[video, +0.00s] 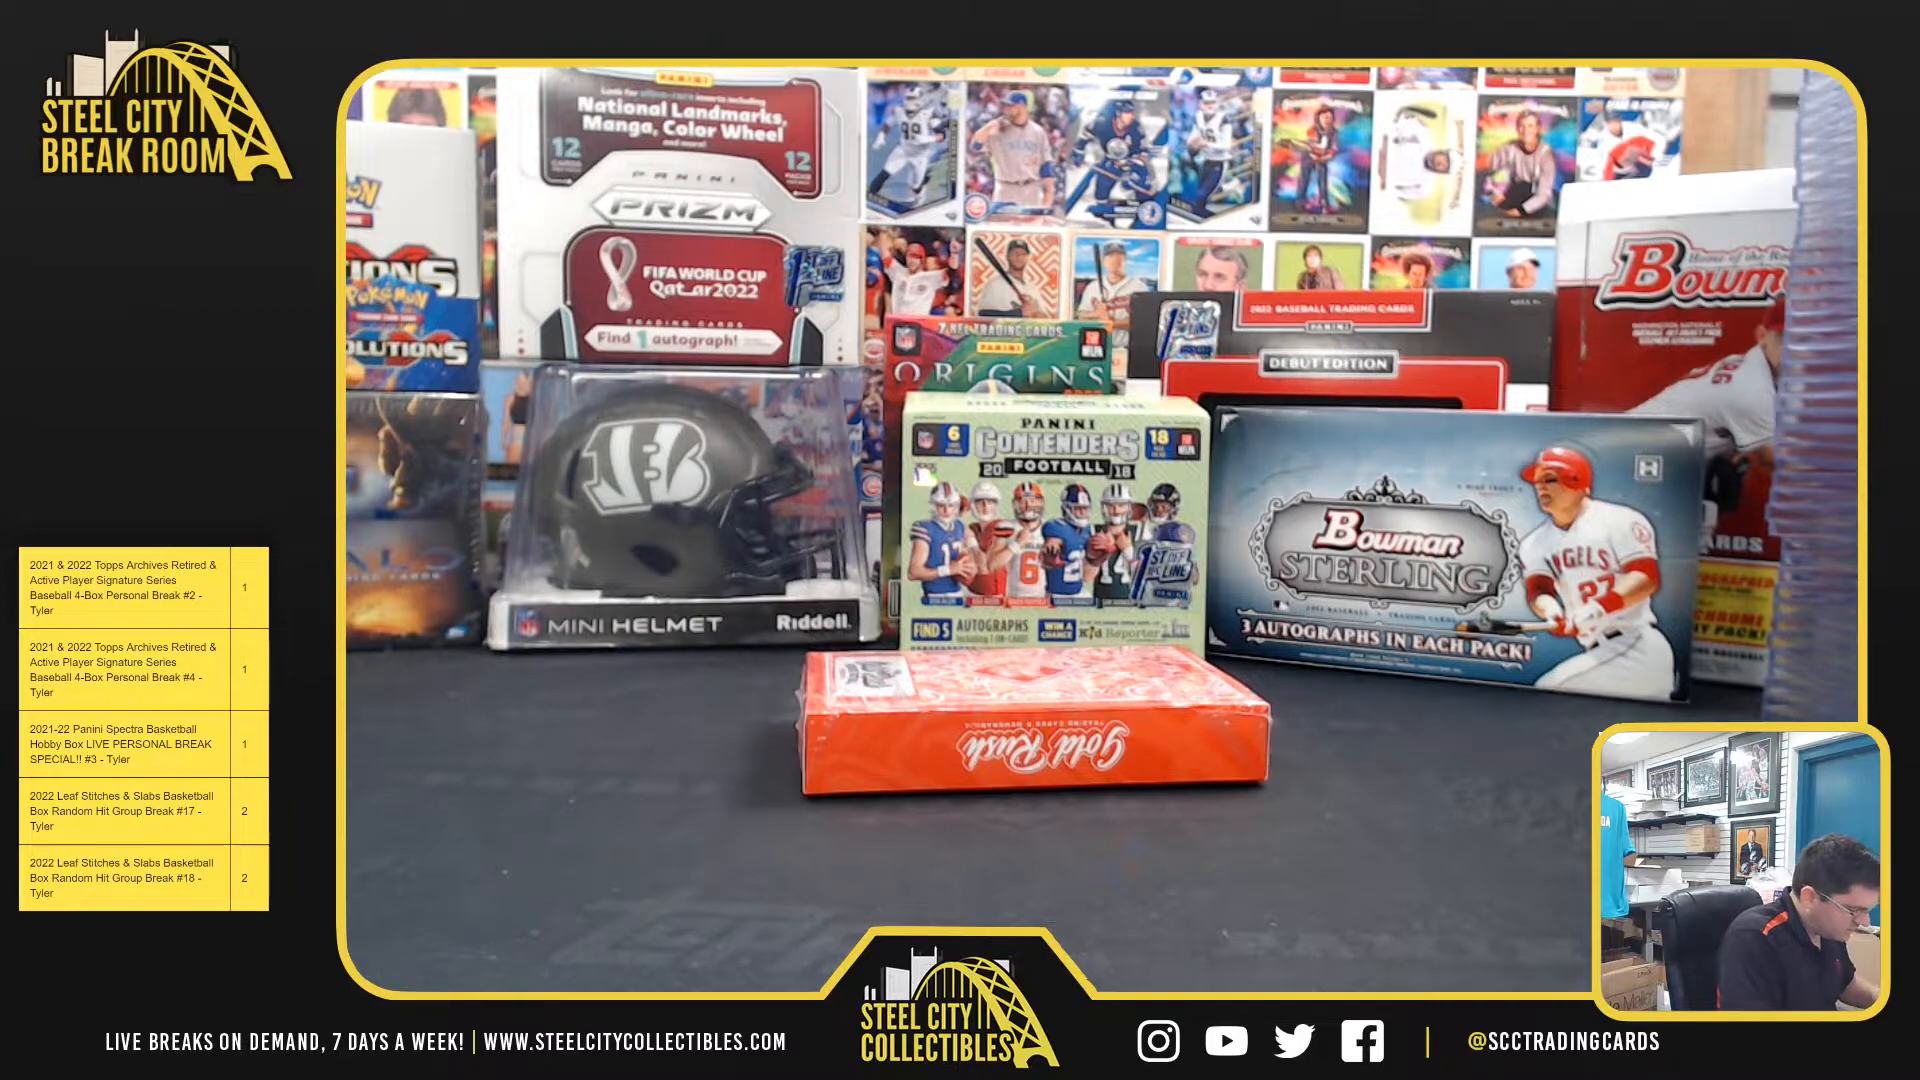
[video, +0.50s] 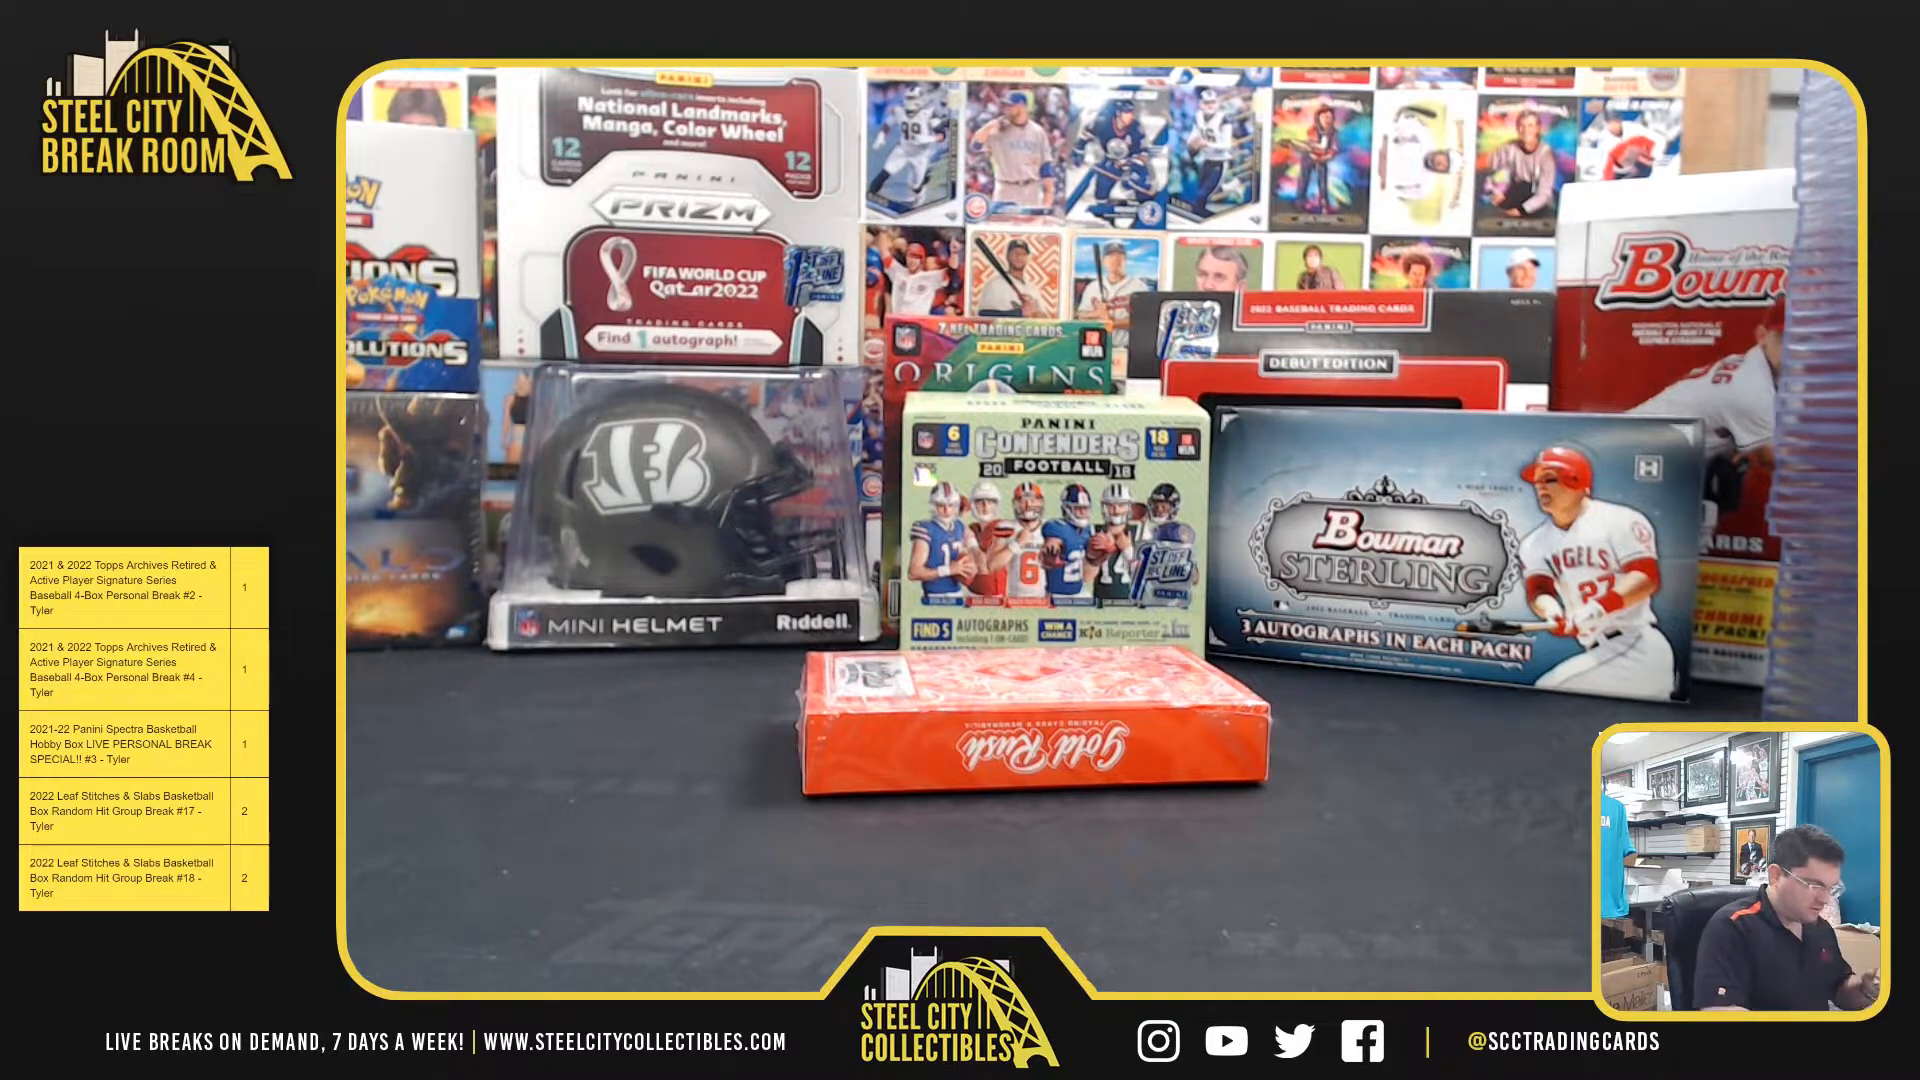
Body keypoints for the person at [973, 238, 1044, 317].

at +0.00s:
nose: (1019, 258)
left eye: (1023, 254)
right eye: (1016, 254)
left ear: (1028, 258)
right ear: (1008, 256)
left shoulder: (1033, 289)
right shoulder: (995, 285)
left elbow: (1044, 317)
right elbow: (985, 315)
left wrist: (1034, 311)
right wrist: (1020, 313)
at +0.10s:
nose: (1019, 258)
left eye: (1023, 254)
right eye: (1016, 254)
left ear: (1028, 258)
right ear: (1008, 256)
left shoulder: (1032, 289)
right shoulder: (995, 285)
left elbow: (1045, 317)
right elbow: (985, 315)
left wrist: (1034, 311)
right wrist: (1020, 313)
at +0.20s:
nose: (1019, 257)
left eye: (1023, 254)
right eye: (1016, 254)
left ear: (1028, 257)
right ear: (1008, 256)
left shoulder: (1032, 289)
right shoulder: (995, 285)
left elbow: (1045, 317)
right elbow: (985, 315)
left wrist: (1034, 311)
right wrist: (1020, 313)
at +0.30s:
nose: (1019, 258)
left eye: (1023, 254)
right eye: (1016, 254)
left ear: (1028, 258)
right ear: (1008, 256)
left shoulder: (1033, 289)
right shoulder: (995, 285)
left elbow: (1044, 318)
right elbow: (985, 315)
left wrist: (1034, 311)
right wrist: (1020, 313)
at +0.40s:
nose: (1019, 258)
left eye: (1023, 254)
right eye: (1016, 254)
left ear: (1028, 258)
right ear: (1008, 256)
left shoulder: (1033, 289)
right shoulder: (995, 285)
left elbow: (1044, 318)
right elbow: (985, 315)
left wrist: (1034, 311)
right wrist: (1020, 313)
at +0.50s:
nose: (1019, 258)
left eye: (1023, 254)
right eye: (1016, 254)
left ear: (1028, 258)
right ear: (1008, 256)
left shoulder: (1032, 289)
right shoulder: (995, 285)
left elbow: (1044, 317)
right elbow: (985, 315)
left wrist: (1034, 311)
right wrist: (1020, 313)